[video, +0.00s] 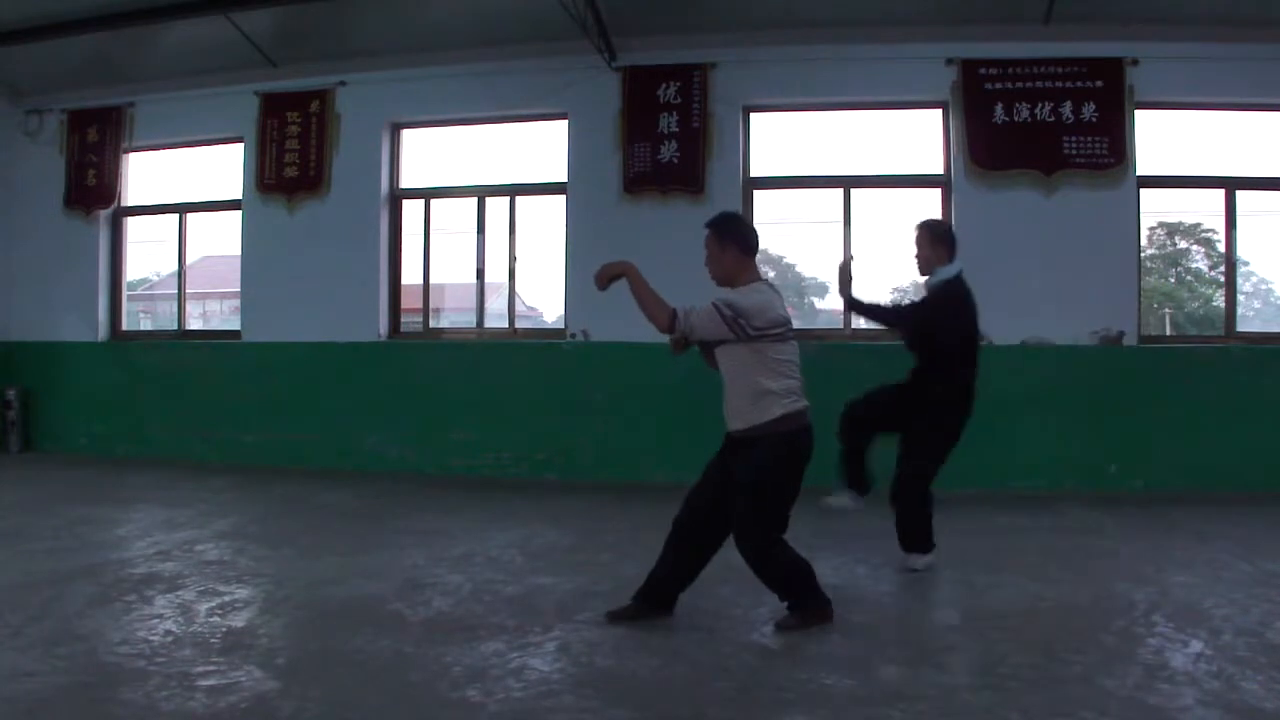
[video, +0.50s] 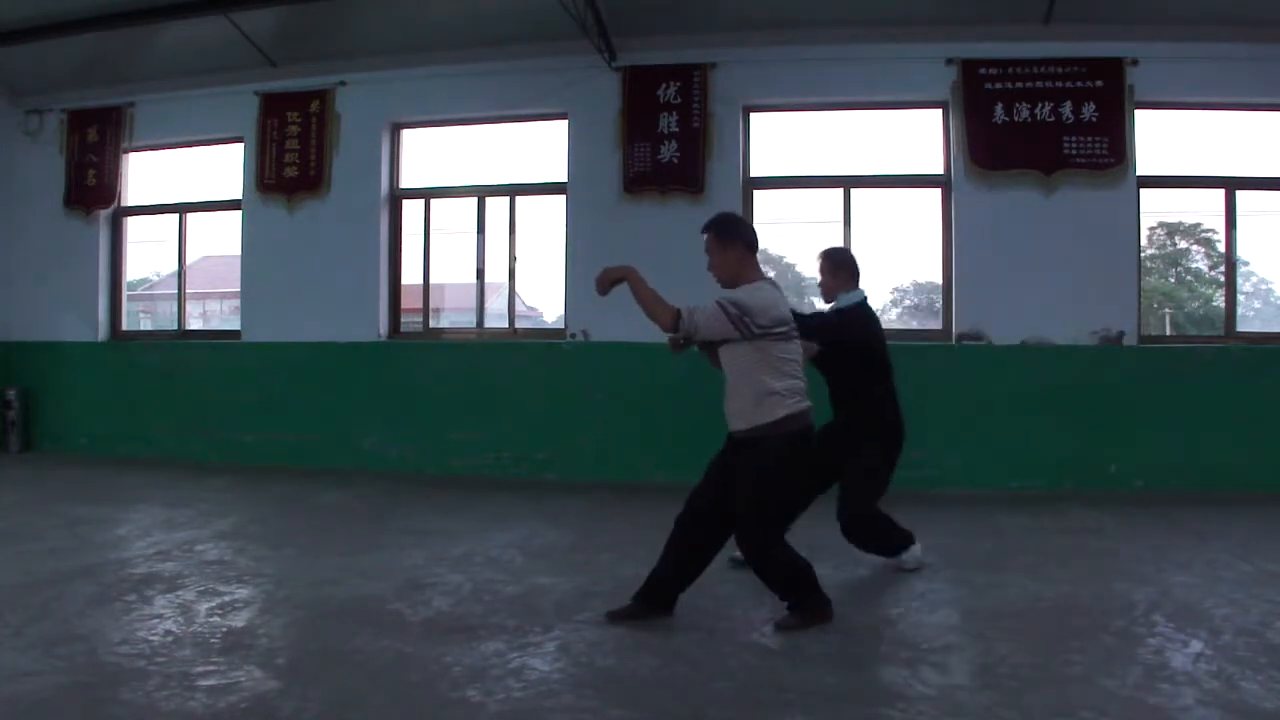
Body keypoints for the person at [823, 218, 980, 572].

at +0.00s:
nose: (916, 253)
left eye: (921, 246)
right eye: (917, 246)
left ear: (938, 249)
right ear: (943, 249)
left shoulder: (949, 294)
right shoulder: (945, 291)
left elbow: (906, 320)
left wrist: (850, 301)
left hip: (940, 402)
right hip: (931, 394)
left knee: (911, 477)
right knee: (858, 415)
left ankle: (919, 551)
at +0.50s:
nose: (819, 283)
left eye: (822, 276)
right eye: (819, 276)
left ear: (838, 276)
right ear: (851, 277)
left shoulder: (849, 320)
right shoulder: (848, 315)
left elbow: (796, 326)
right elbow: (839, 367)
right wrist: (812, 353)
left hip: (874, 432)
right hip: (847, 427)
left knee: (855, 518)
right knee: (788, 484)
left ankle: (905, 547)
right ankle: (759, 546)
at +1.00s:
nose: (815, 278)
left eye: (819, 270)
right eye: (815, 271)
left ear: (839, 270)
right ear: (843, 271)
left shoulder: (848, 315)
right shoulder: (848, 310)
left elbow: (799, 330)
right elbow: (838, 363)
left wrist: (759, 310)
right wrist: (810, 353)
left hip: (871, 429)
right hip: (846, 424)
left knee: (858, 511)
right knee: (794, 487)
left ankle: (906, 549)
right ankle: (760, 549)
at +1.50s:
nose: (817, 268)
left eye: (822, 261)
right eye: (817, 261)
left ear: (842, 262)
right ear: (844, 263)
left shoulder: (850, 308)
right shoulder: (851, 302)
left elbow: (795, 325)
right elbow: (845, 352)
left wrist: (755, 292)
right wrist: (811, 347)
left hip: (869, 420)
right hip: (847, 415)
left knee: (861, 496)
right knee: (800, 481)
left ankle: (907, 548)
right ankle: (765, 546)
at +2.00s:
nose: (817, 260)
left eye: (823, 253)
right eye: (818, 253)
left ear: (844, 256)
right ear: (844, 258)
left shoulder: (847, 301)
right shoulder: (852, 298)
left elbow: (796, 321)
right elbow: (841, 351)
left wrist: (756, 289)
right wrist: (808, 342)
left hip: (856, 414)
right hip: (848, 410)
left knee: (863, 487)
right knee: (792, 473)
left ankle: (909, 548)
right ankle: (764, 545)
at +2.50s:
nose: (686, 263)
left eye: (690, 255)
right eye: (687, 255)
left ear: (706, 258)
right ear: (714, 259)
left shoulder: (713, 301)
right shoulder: (731, 300)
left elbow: (673, 344)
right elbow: (700, 347)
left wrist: (643, 319)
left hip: (724, 415)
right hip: (746, 414)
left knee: (675, 473)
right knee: (749, 495)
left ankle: (685, 548)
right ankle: (817, 519)